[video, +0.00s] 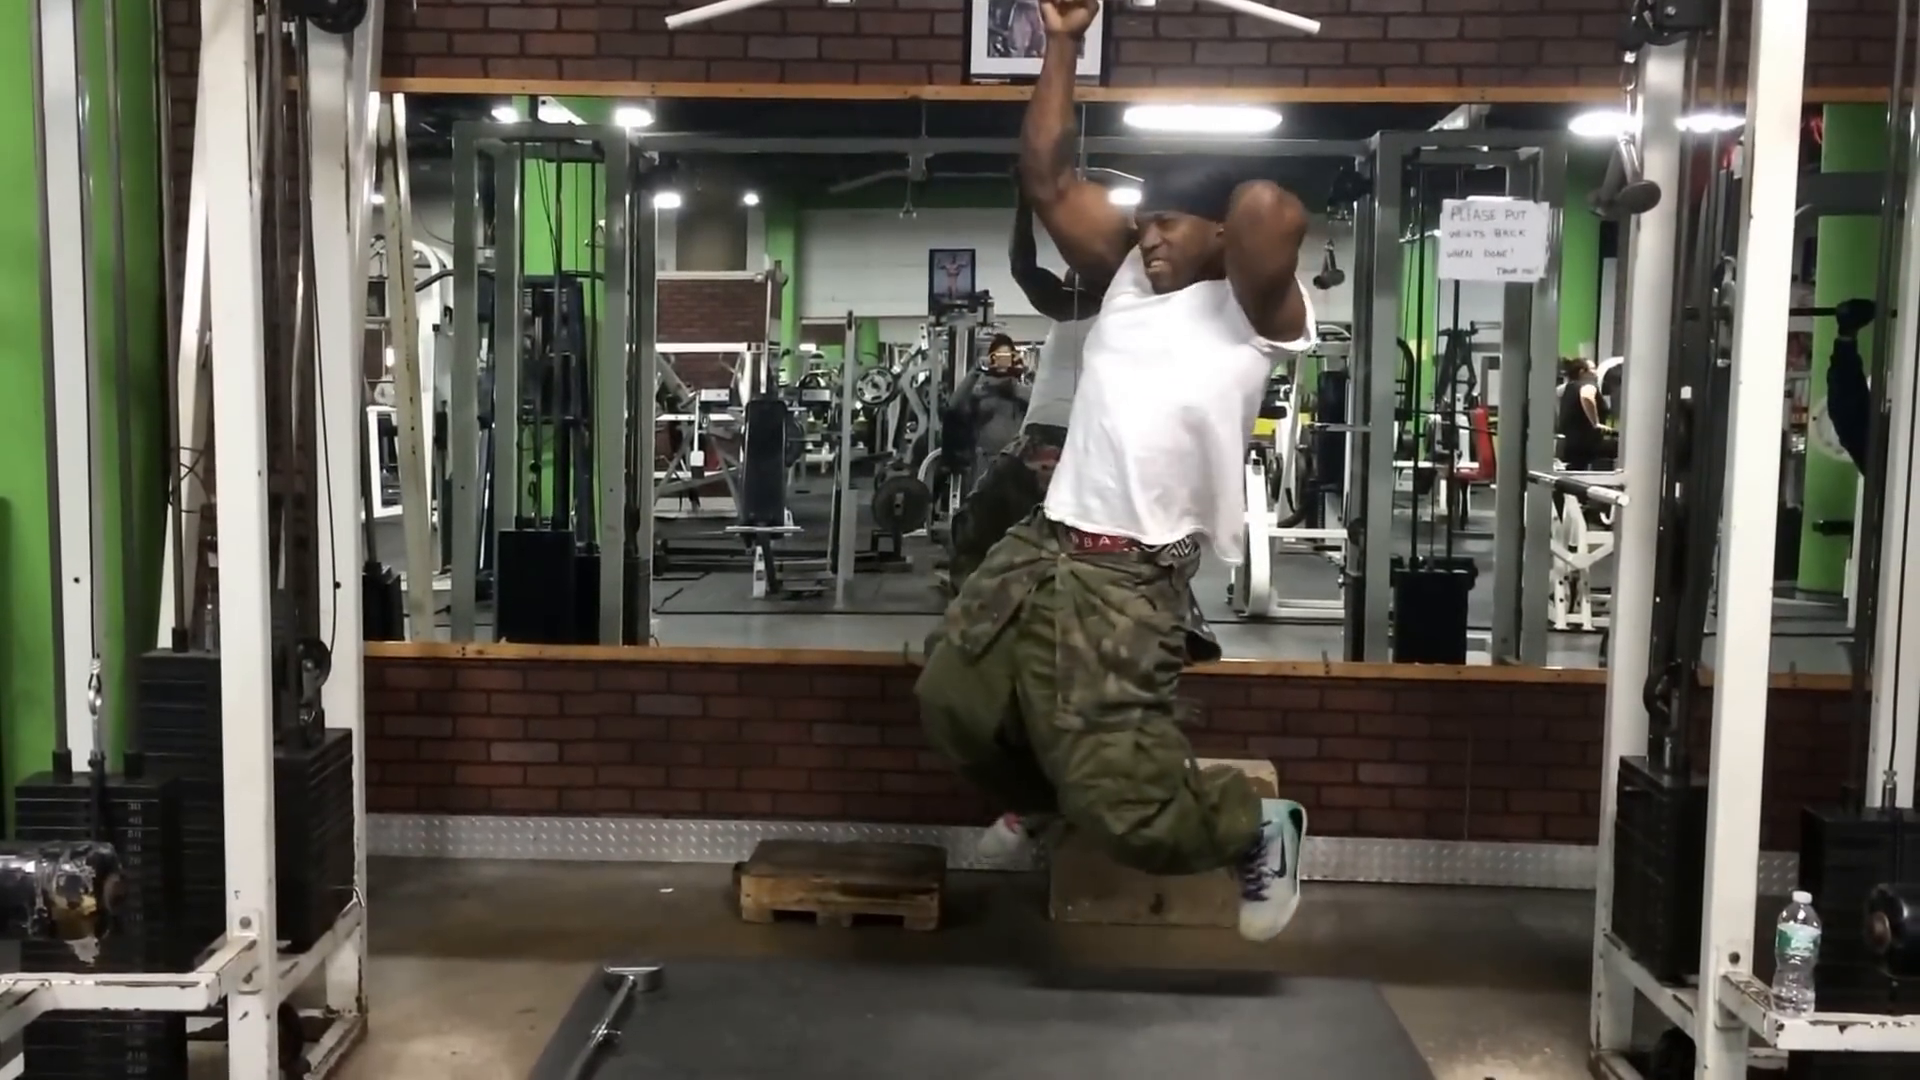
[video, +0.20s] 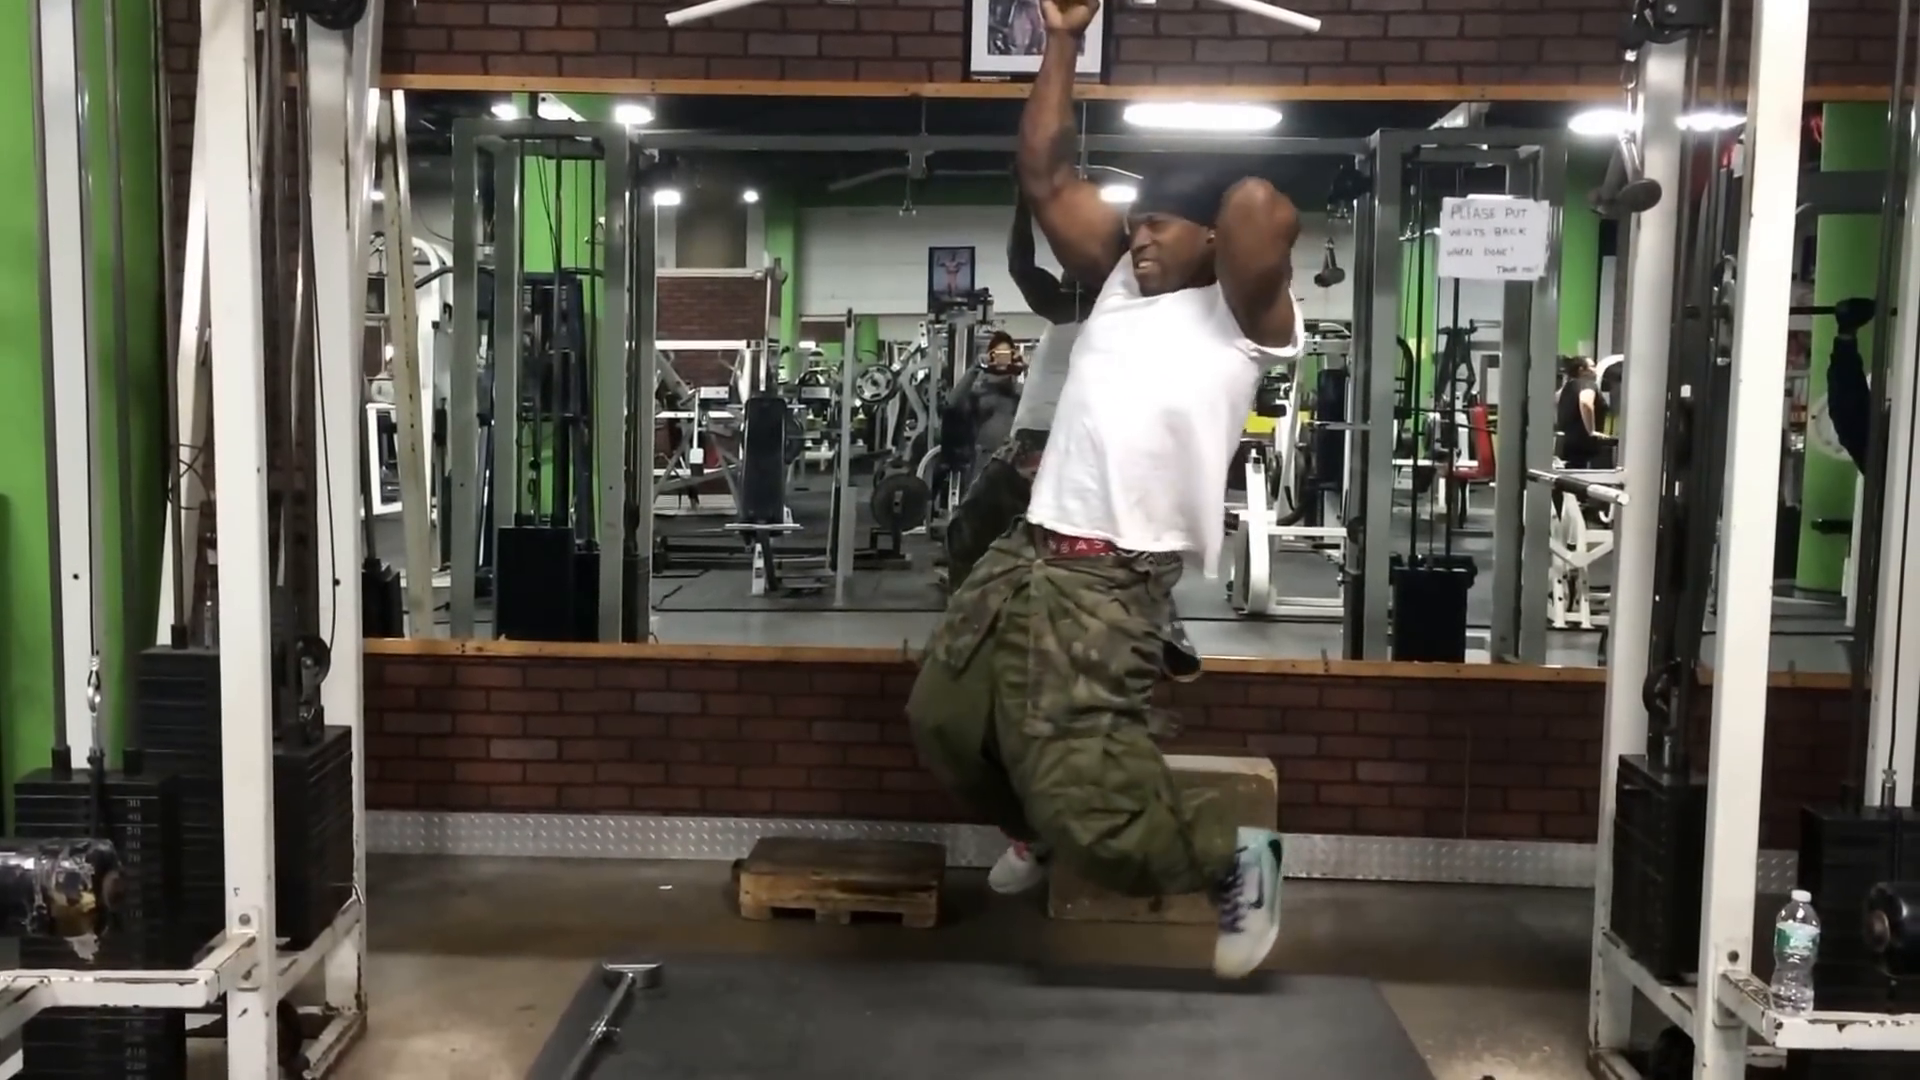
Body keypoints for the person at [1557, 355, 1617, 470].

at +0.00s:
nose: (1596, 372)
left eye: (1595, 368)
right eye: (1593, 369)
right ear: (1582, 372)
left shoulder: (1567, 387)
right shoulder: (1589, 386)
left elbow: (1557, 390)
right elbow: (1587, 398)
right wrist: (1596, 423)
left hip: (1569, 443)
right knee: (1618, 445)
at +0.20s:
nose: (1596, 370)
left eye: (1594, 366)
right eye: (1592, 366)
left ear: (1579, 371)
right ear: (1582, 370)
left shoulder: (1568, 385)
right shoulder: (1587, 384)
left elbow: (1556, 397)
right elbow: (1585, 403)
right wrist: (1592, 431)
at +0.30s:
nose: (1595, 368)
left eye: (1594, 365)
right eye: (1591, 365)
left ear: (1579, 369)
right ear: (1581, 369)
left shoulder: (1567, 386)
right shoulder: (1586, 385)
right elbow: (1583, 409)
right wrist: (1589, 438)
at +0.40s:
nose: (1594, 367)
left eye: (1593, 364)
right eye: (1590, 364)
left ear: (1579, 368)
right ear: (1579, 368)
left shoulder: (1566, 386)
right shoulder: (1584, 386)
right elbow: (1583, 414)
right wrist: (1589, 442)